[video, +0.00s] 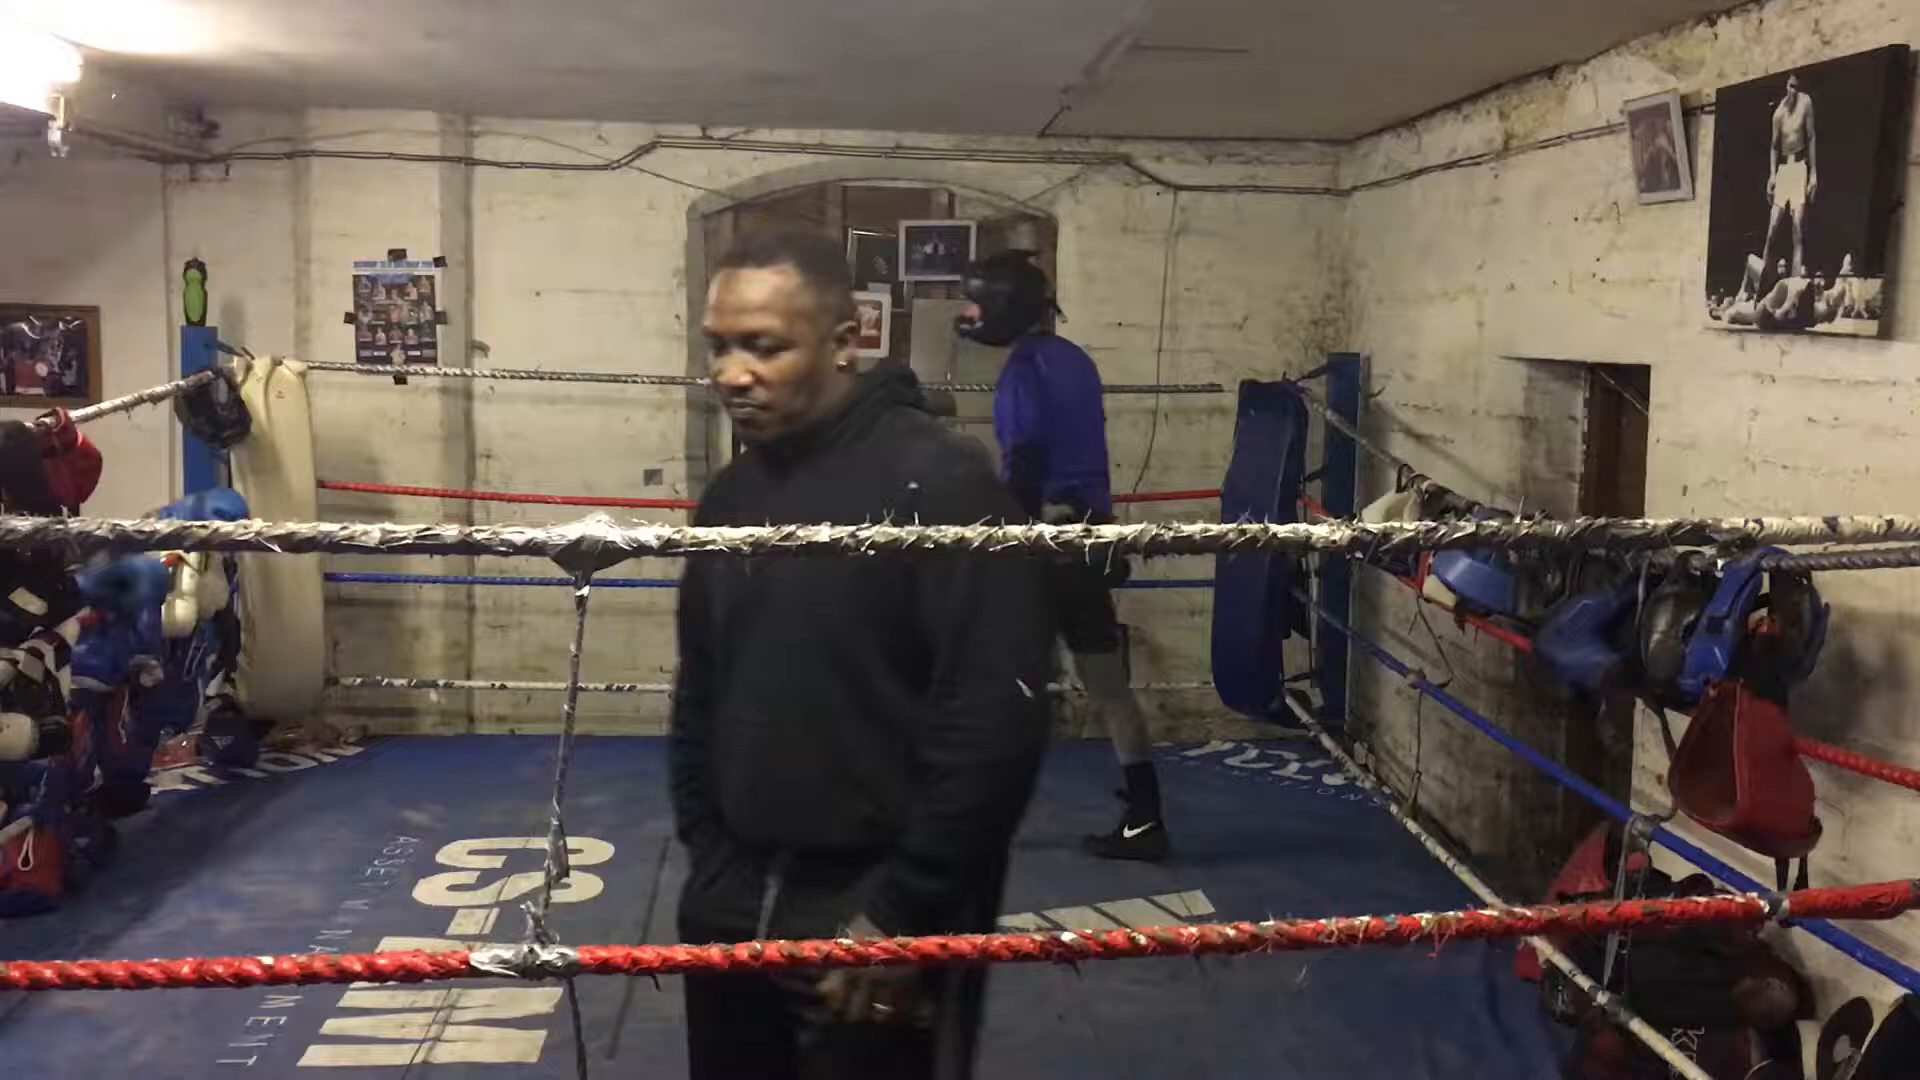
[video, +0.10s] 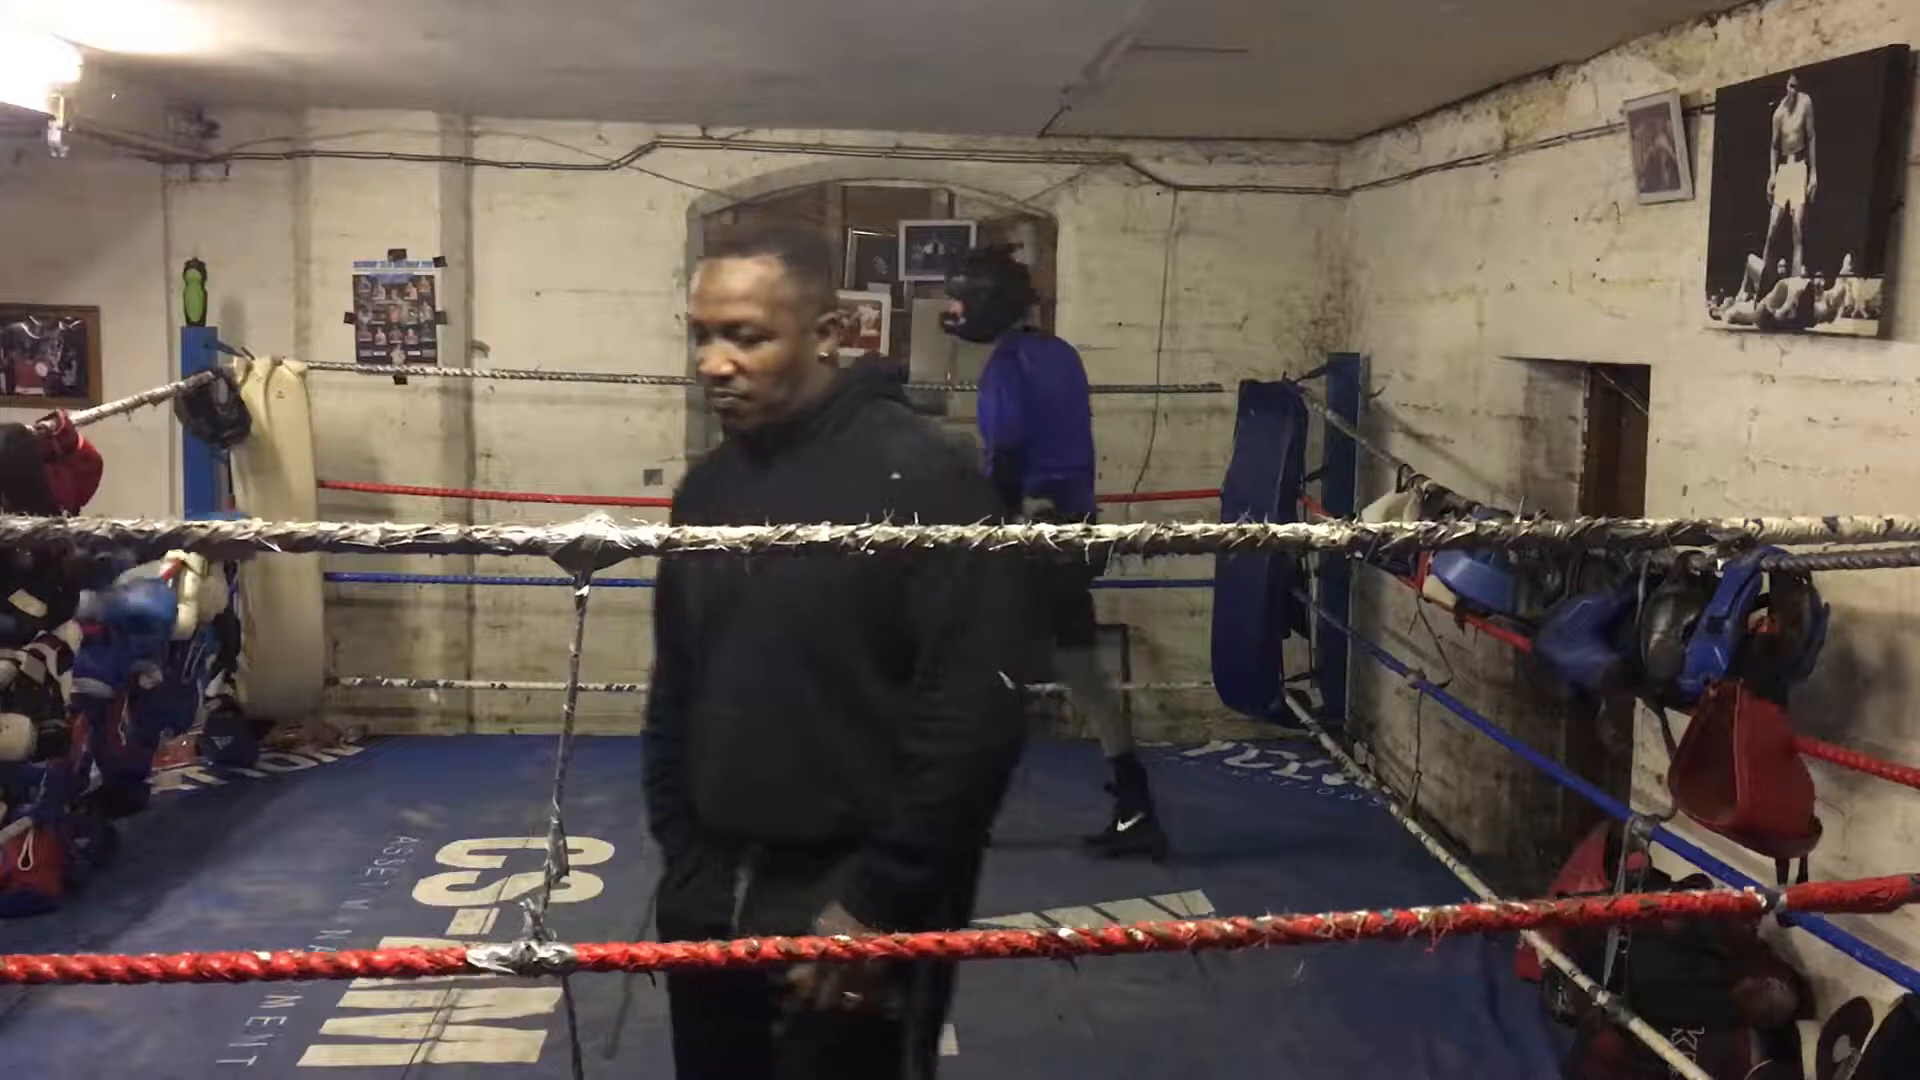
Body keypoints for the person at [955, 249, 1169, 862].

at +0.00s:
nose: (972, 311)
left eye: (983, 301)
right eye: (973, 299)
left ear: (1013, 308)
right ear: (1038, 306)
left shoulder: (1021, 368)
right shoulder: (1074, 359)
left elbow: (1025, 456)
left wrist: (1012, 533)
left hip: (1040, 537)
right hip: (1090, 534)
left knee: (1014, 686)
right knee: (1109, 685)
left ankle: (982, 819)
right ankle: (1143, 820)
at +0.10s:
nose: (954, 312)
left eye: (964, 300)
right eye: (955, 299)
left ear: (994, 305)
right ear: (1021, 302)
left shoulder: (1006, 364)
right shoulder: (1061, 355)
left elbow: (1007, 446)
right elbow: (1069, 438)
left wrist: (997, 508)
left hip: (1029, 522)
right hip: (1074, 521)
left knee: (994, 674)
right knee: (1083, 673)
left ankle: (957, 812)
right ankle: (1134, 809)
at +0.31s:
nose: (913, 305)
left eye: (922, 292)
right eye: (913, 291)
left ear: (951, 296)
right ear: (978, 295)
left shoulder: (951, 365)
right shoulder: (1024, 354)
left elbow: (941, 447)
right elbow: (1041, 431)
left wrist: (924, 497)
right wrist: (1022, 486)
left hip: (968, 517)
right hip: (1021, 513)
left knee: (966, 662)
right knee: (1001, 658)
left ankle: (964, 811)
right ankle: (1069, 764)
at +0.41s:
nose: (900, 302)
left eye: (904, 291)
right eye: (901, 290)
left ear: (923, 297)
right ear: (964, 295)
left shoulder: (934, 358)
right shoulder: (1009, 353)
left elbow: (915, 427)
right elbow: (1019, 440)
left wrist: (893, 473)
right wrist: (1003, 489)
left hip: (945, 513)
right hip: (1000, 512)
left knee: (949, 660)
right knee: (972, 653)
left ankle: (962, 809)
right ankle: (1021, 774)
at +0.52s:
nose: (890, 307)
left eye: (895, 297)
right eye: (892, 295)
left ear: (913, 303)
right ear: (951, 300)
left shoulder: (911, 359)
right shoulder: (993, 355)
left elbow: (891, 434)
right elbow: (1006, 440)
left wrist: (873, 484)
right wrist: (992, 494)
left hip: (925, 511)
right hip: (984, 512)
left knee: (944, 659)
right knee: (946, 655)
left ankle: (965, 808)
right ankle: (947, 796)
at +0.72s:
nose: (859, 308)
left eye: (864, 298)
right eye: (861, 299)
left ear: (877, 302)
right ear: (926, 303)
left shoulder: (879, 356)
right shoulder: (959, 359)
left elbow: (854, 440)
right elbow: (974, 448)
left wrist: (822, 504)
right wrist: (971, 512)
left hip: (895, 519)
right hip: (950, 519)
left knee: (921, 664)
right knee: (897, 660)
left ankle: (961, 812)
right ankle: (873, 794)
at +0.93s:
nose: (841, 299)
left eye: (846, 290)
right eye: (845, 289)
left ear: (860, 293)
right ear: (903, 298)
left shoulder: (856, 352)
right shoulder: (929, 362)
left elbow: (839, 435)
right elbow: (936, 449)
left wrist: (819, 503)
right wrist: (933, 515)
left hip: (861, 516)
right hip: (912, 517)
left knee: (861, 659)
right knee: (875, 655)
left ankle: (934, 783)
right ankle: (851, 790)